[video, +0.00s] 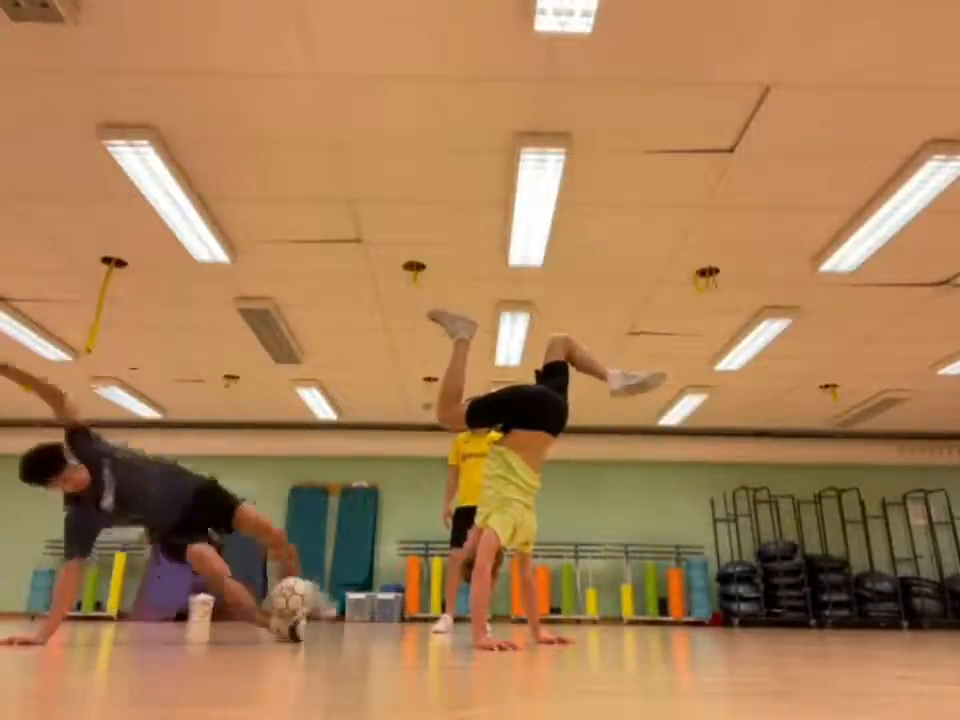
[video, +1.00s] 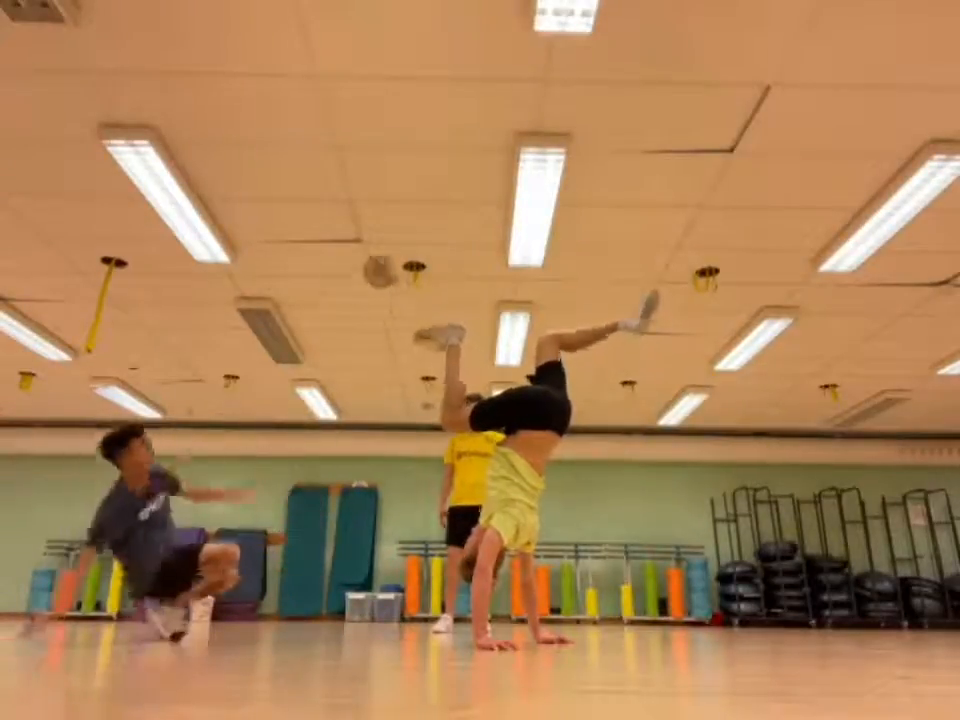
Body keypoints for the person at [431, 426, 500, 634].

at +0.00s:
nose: (476, 420)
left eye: (481, 414)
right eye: (472, 413)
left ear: (491, 415)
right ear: (466, 415)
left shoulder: (499, 438)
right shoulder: (462, 440)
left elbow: (506, 471)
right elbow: (453, 473)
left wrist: (502, 501)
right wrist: (448, 503)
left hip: (491, 504)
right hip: (465, 504)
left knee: (489, 563)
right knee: (456, 557)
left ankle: (483, 617)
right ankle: (448, 613)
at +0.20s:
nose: (475, 419)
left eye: (480, 413)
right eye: (472, 413)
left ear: (491, 415)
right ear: (465, 415)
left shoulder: (499, 439)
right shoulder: (462, 439)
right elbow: (453, 473)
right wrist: (447, 503)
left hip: (491, 504)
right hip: (465, 504)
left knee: (489, 564)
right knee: (456, 557)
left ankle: (483, 618)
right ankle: (448, 613)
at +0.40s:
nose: (473, 418)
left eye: (477, 412)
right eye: (469, 412)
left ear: (489, 414)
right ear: (464, 415)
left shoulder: (498, 439)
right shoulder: (461, 440)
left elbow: (506, 472)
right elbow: (453, 474)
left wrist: (502, 504)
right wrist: (447, 504)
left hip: (492, 506)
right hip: (465, 504)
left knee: (489, 564)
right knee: (456, 557)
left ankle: (485, 617)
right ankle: (449, 613)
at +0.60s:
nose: (471, 417)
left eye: (475, 411)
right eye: (468, 412)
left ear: (487, 413)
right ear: (464, 415)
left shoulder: (498, 438)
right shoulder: (461, 439)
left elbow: (506, 472)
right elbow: (453, 472)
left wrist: (501, 503)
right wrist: (448, 503)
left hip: (492, 504)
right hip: (465, 504)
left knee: (488, 564)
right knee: (456, 557)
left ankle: (484, 617)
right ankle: (448, 613)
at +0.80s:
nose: (469, 418)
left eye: (473, 411)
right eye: (466, 413)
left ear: (485, 413)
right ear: (462, 416)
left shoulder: (498, 440)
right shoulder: (458, 442)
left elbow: (506, 473)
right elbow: (451, 475)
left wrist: (501, 503)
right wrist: (446, 505)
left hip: (491, 504)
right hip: (463, 504)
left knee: (488, 563)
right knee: (456, 558)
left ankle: (484, 616)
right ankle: (448, 613)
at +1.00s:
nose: (469, 416)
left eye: (473, 410)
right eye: (465, 410)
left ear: (485, 411)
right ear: (460, 414)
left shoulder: (497, 439)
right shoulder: (457, 441)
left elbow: (505, 472)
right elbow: (449, 474)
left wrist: (500, 503)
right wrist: (443, 504)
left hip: (489, 504)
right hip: (460, 503)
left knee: (487, 563)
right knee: (455, 558)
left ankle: (484, 617)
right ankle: (448, 613)